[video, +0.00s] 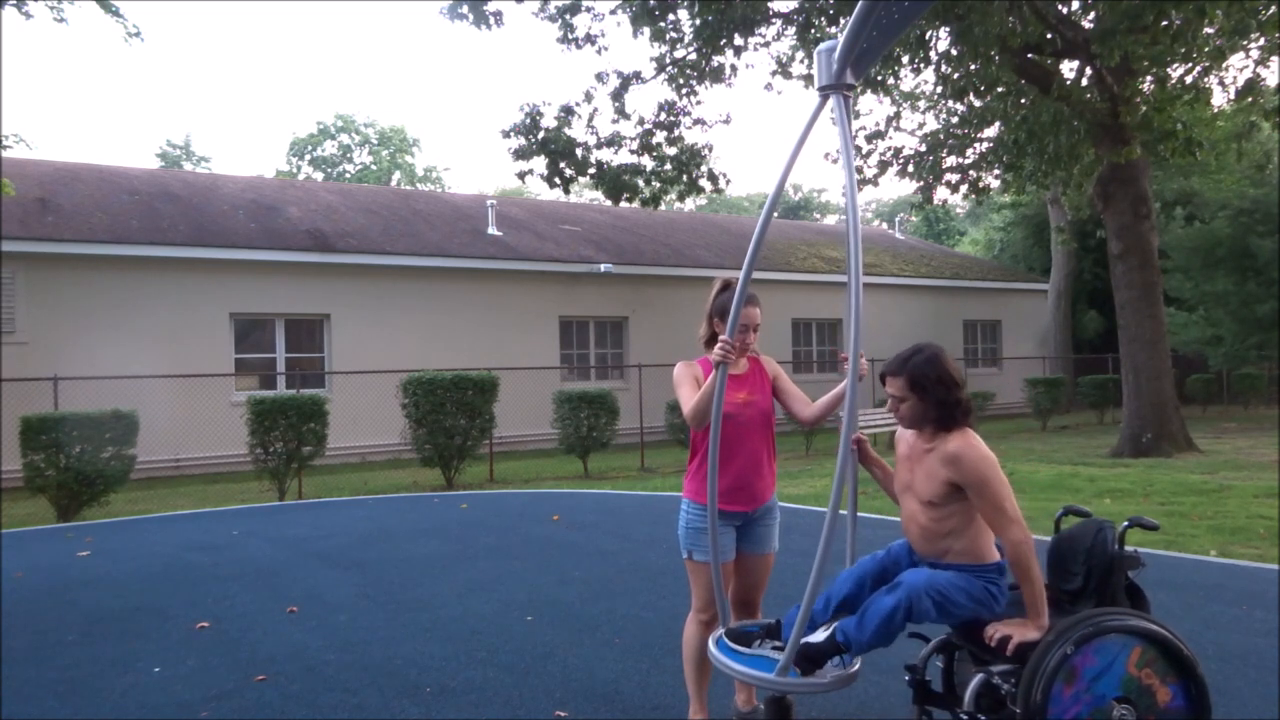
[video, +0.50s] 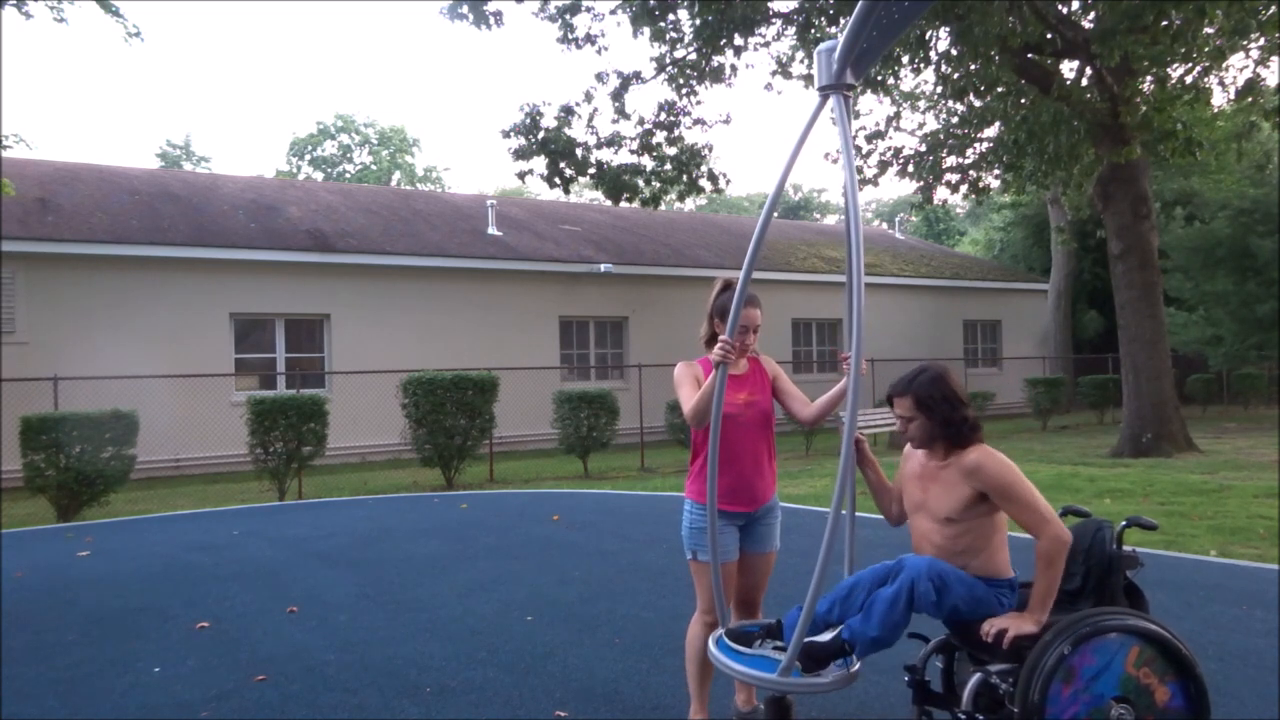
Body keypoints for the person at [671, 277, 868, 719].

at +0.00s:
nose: (748, 337)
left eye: (754, 329)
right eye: (740, 328)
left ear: (759, 326)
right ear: (716, 325)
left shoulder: (764, 365)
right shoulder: (690, 369)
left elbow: (809, 413)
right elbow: (695, 417)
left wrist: (848, 379)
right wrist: (719, 370)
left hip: (760, 507)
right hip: (707, 508)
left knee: (748, 608)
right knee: (706, 614)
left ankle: (745, 696)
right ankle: (697, 708)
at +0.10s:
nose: (748, 337)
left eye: (755, 329)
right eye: (740, 328)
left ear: (760, 327)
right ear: (716, 325)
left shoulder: (764, 365)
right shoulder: (690, 369)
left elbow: (808, 413)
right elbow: (696, 417)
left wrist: (848, 379)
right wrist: (719, 370)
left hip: (760, 506)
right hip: (707, 508)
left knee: (748, 608)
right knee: (706, 614)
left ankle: (746, 696)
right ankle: (697, 709)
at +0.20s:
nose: (748, 338)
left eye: (754, 329)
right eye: (740, 329)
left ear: (759, 327)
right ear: (716, 325)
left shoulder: (764, 365)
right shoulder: (690, 369)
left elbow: (808, 413)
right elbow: (695, 416)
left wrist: (847, 379)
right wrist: (719, 370)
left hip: (760, 506)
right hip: (707, 508)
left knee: (748, 608)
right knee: (706, 614)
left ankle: (746, 696)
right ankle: (697, 709)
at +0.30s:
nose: (747, 338)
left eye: (754, 329)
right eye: (740, 329)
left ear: (759, 327)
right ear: (716, 325)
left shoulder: (764, 365)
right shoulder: (690, 369)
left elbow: (808, 413)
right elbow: (695, 416)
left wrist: (847, 379)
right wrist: (719, 370)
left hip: (761, 506)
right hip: (708, 508)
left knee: (748, 608)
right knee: (706, 614)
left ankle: (746, 696)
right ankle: (698, 709)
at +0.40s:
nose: (747, 338)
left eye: (754, 330)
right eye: (739, 329)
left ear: (759, 327)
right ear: (716, 325)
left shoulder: (764, 365)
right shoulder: (690, 369)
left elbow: (808, 413)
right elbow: (695, 416)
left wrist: (847, 379)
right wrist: (719, 370)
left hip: (761, 506)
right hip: (708, 508)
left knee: (748, 609)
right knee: (708, 615)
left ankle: (746, 697)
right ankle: (697, 709)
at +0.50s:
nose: (747, 338)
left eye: (754, 330)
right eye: (740, 329)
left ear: (760, 327)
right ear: (716, 325)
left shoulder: (764, 365)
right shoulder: (690, 369)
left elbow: (808, 413)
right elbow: (695, 416)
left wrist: (847, 379)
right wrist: (719, 370)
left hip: (762, 506)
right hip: (710, 508)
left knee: (749, 609)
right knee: (710, 616)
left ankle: (746, 697)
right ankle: (698, 710)